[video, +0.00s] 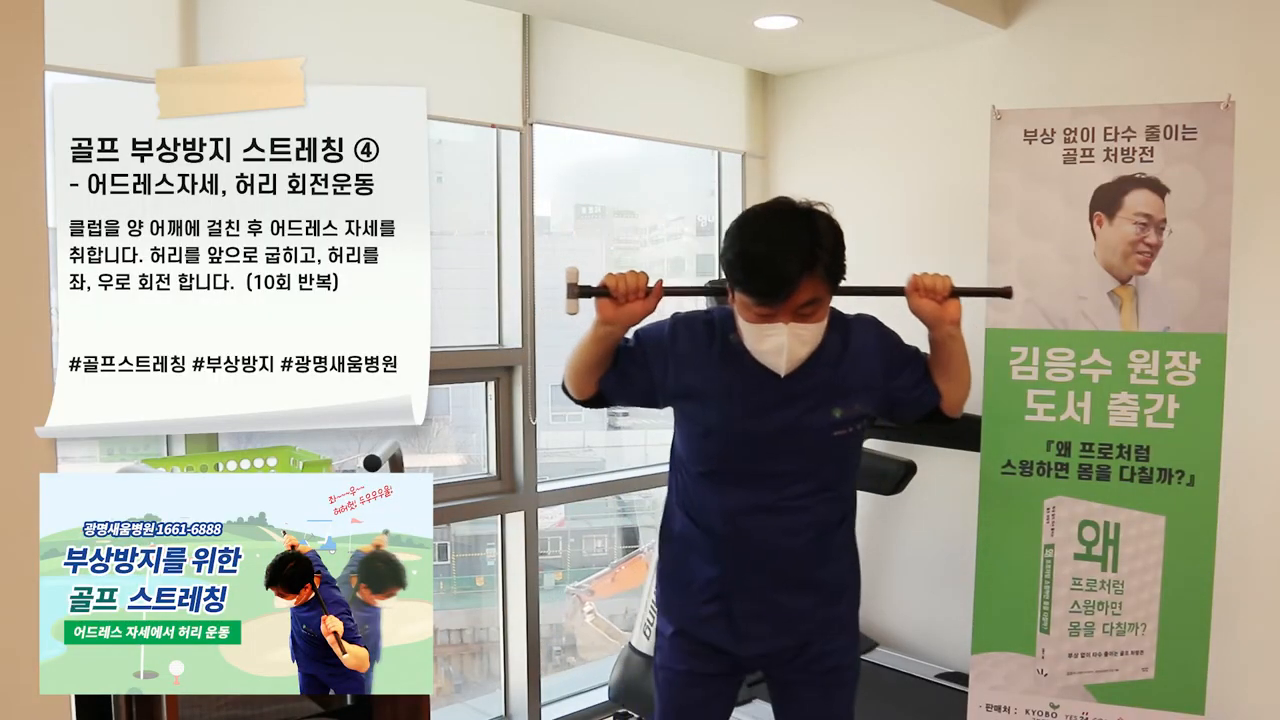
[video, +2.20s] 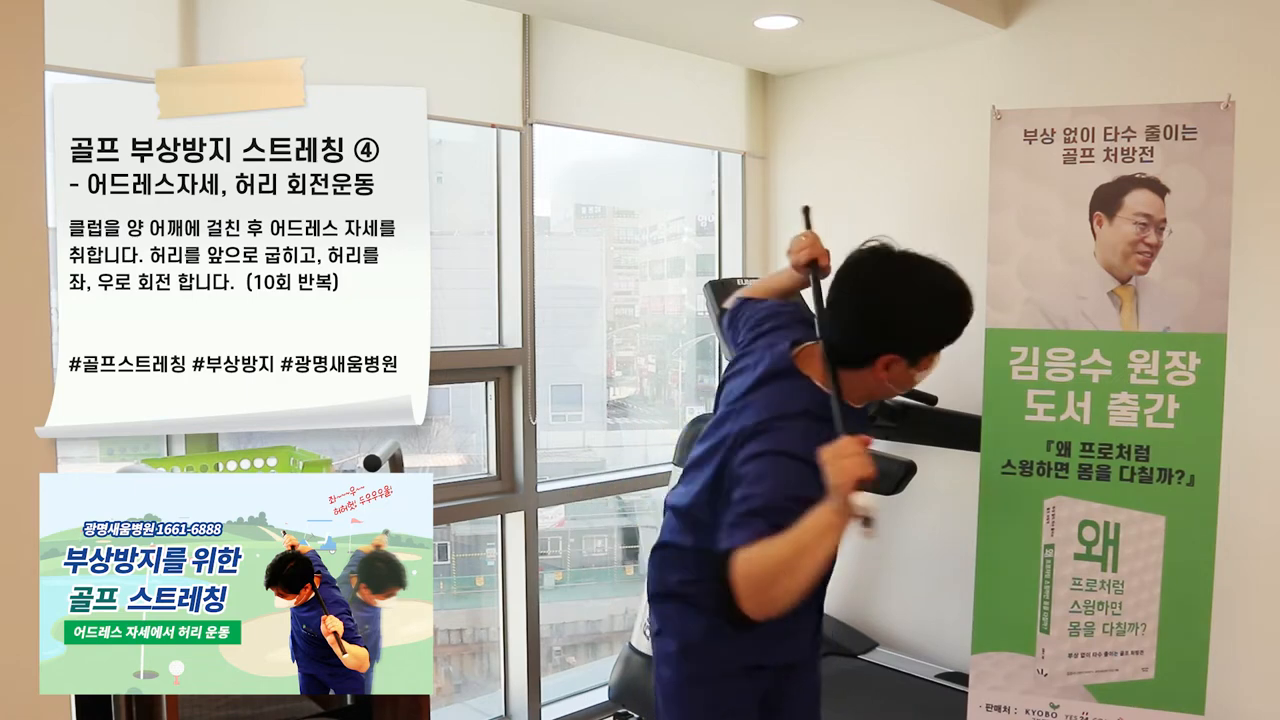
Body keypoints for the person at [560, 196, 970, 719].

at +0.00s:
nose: (784, 332)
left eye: (806, 312)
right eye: (761, 314)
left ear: (832, 290)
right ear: (730, 290)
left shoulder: (863, 349)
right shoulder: (690, 344)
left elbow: (949, 397)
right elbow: (582, 386)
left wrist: (946, 331)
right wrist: (609, 327)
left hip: (816, 619)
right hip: (699, 617)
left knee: (821, 713)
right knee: (681, 713)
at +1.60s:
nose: (800, 364)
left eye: (815, 345)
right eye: (779, 349)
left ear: (835, 315)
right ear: (733, 322)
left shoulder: (851, 355)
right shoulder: (679, 376)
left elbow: (911, 375)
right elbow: (554, 439)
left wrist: (917, 325)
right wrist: (593, 387)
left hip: (802, 621)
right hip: (687, 622)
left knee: (810, 710)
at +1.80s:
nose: (859, 369)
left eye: (869, 351)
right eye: (843, 357)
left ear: (875, 325)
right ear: (783, 340)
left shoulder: (849, 371)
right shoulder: (703, 401)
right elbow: (578, 499)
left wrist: (861, 289)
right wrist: (649, 436)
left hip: (800, 618)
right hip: (695, 627)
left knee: (805, 713)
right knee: (680, 711)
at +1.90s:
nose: (881, 361)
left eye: (883, 348)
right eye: (867, 355)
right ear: (809, 350)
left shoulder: (833, 365)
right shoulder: (723, 398)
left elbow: (891, 369)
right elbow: (606, 527)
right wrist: (684, 463)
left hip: (800, 620)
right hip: (700, 630)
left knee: (802, 713)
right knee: (682, 712)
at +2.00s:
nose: (898, 374)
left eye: (903, 361)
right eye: (892, 364)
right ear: (844, 360)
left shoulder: (813, 331)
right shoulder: (740, 408)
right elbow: (659, 561)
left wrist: (883, 372)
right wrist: (744, 488)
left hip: (796, 629)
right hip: (704, 644)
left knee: (799, 712)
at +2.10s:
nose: (920, 365)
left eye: (921, 355)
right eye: (914, 360)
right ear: (865, 367)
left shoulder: (796, 334)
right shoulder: (752, 427)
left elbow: (768, 302)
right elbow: (697, 578)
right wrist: (785, 500)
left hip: (793, 627)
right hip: (710, 647)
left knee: (797, 711)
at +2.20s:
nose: (932, 365)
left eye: (934, 355)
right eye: (929, 358)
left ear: (839, 321)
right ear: (889, 368)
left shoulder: (781, 330)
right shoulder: (785, 439)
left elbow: (742, 303)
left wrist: (795, 274)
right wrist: (834, 507)